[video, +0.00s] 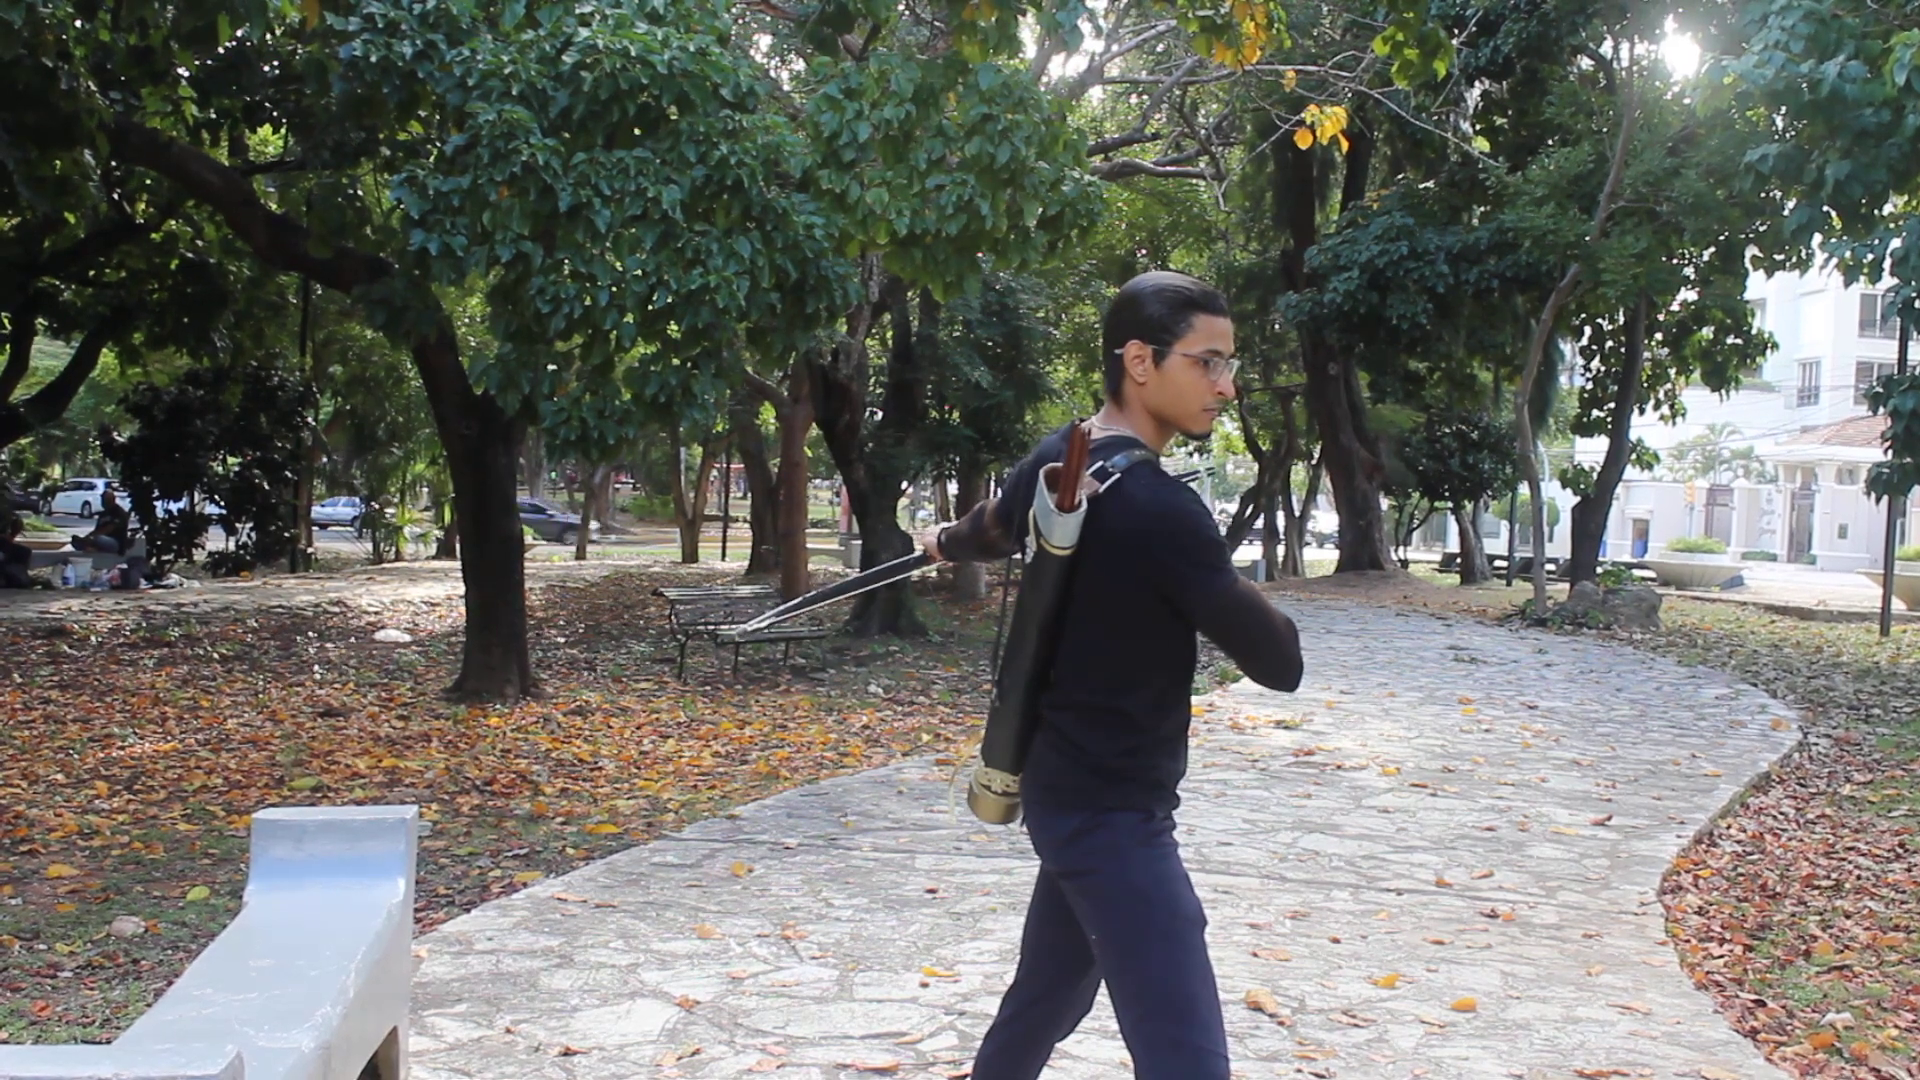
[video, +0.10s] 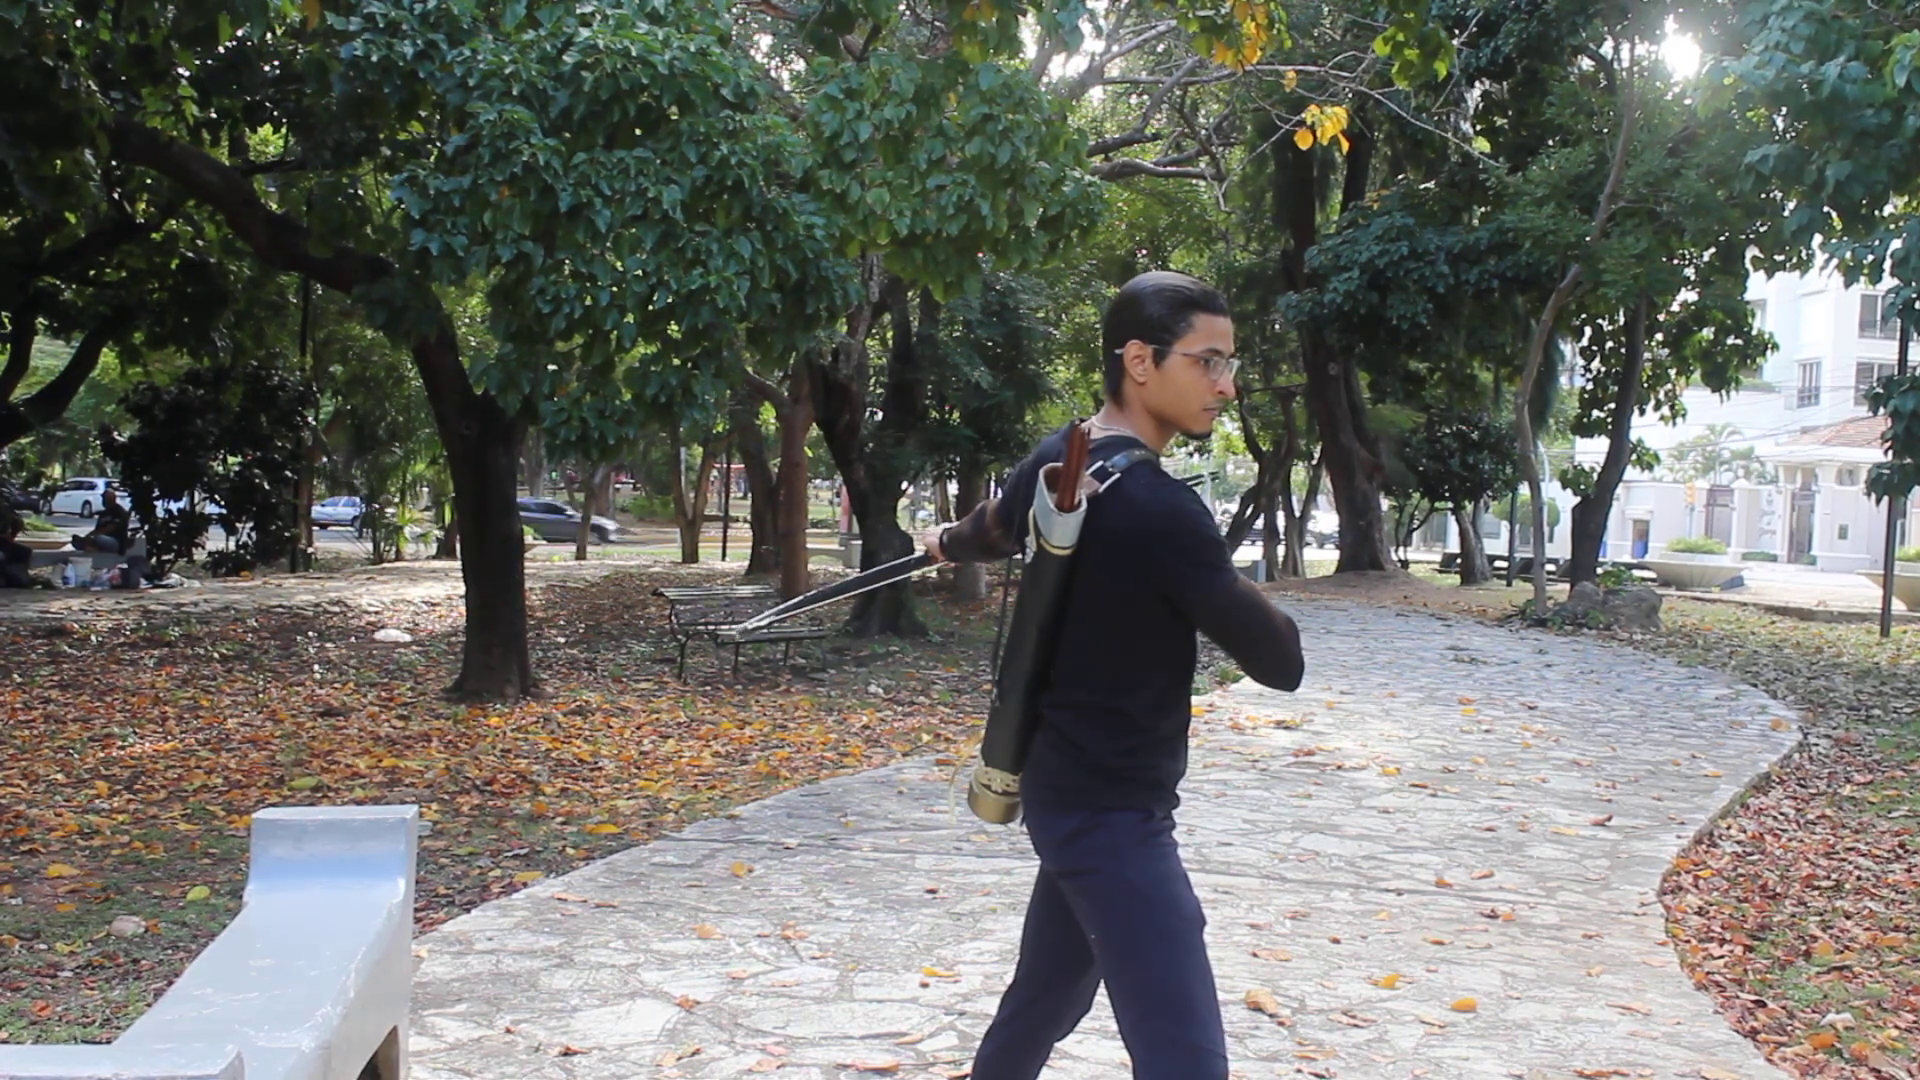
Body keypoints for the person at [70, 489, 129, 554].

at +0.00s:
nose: (104, 502)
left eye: (107, 499)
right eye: (103, 499)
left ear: (112, 499)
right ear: (102, 499)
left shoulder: (120, 513)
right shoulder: (103, 514)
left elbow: (110, 529)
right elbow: (98, 530)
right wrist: (86, 539)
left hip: (117, 542)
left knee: (98, 539)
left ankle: (81, 542)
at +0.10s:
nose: (103, 501)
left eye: (106, 498)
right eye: (103, 498)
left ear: (112, 499)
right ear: (103, 498)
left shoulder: (121, 512)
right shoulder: (103, 514)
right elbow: (98, 530)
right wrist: (87, 538)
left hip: (117, 542)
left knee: (98, 538)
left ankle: (82, 542)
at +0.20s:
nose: (103, 501)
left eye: (106, 498)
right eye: (103, 498)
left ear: (113, 499)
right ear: (103, 499)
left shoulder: (121, 513)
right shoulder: (103, 514)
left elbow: (111, 529)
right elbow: (98, 530)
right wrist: (86, 538)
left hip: (118, 542)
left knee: (99, 538)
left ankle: (82, 542)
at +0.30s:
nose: (103, 501)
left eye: (106, 499)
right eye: (103, 498)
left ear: (113, 499)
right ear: (103, 499)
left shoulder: (121, 513)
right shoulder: (103, 514)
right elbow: (98, 530)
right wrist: (86, 539)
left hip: (117, 542)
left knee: (99, 539)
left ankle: (82, 542)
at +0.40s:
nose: (104, 502)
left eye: (107, 499)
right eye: (103, 499)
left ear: (113, 500)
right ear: (103, 499)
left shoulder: (121, 513)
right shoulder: (103, 514)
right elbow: (98, 530)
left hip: (117, 543)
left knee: (98, 539)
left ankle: (82, 542)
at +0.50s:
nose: (104, 502)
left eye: (107, 499)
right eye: (103, 499)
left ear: (113, 500)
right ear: (103, 500)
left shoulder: (121, 513)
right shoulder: (103, 515)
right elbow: (98, 531)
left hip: (117, 543)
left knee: (98, 539)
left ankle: (81, 543)